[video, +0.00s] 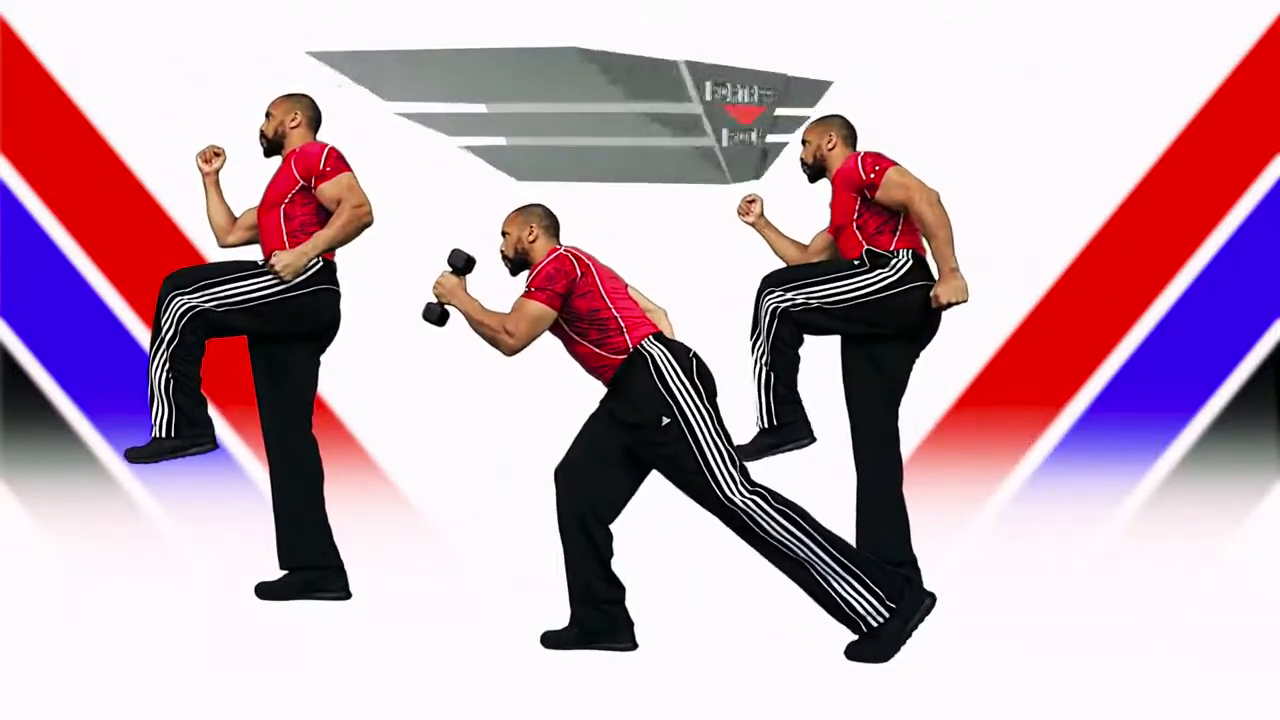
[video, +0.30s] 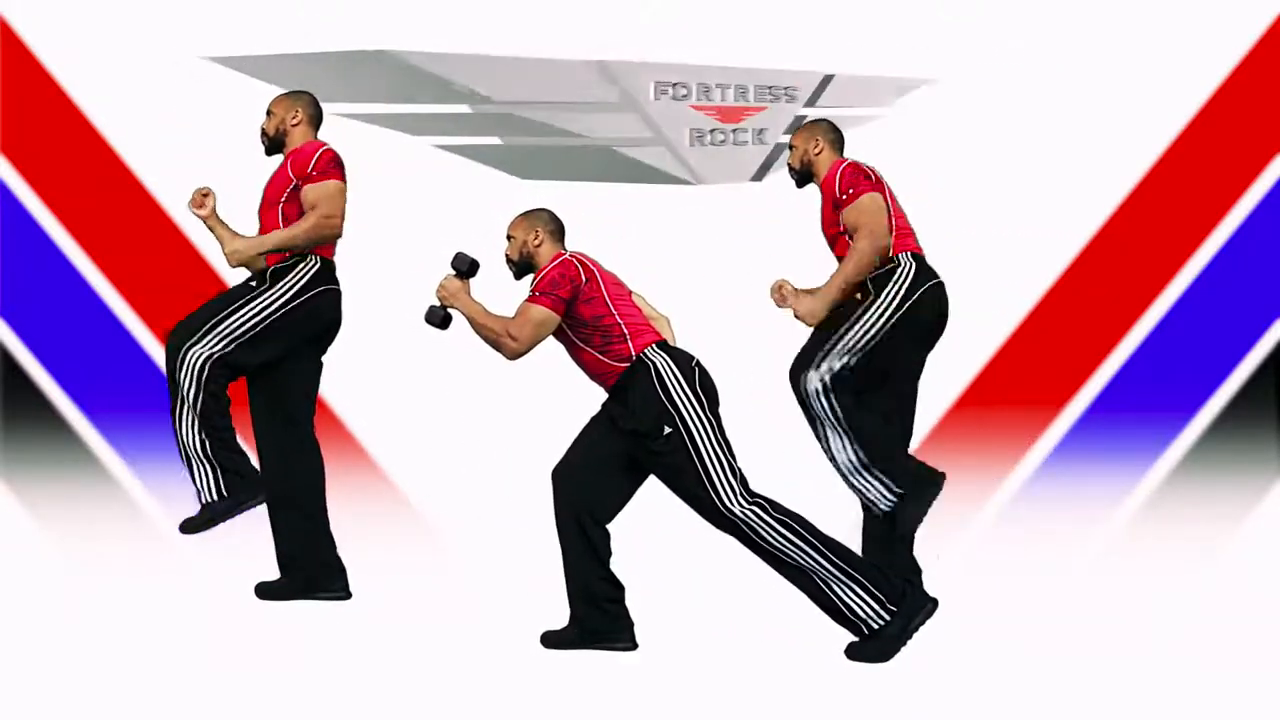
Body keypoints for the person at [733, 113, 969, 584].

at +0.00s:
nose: (800, 153)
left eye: (805, 143)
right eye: (800, 145)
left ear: (830, 140)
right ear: (831, 144)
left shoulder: (859, 165)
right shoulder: (849, 200)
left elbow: (924, 198)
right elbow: (807, 259)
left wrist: (949, 272)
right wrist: (762, 223)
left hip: (897, 277)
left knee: (776, 292)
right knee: (875, 438)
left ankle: (783, 421)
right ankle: (891, 575)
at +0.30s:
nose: (789, 158)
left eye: (793, 147)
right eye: (788, 150)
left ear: (818, 144)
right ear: (822, 147)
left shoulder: (846, 174)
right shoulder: (834, 198)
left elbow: (874, 239)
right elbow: (853, 297)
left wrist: (824, 297)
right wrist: (801, 299)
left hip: (903, 284)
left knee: (814, 375)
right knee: (880, 442)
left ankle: (897, 487)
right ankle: (894, 589)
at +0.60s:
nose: (771, 188)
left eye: (778, 177)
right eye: (770, 181)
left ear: (804, 173)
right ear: (807, 181)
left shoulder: (819, 203)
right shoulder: (844, 208)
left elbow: (765, 271)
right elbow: (919, 239)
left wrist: (725, 233)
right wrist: (936, 311)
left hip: (912, 302)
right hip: (895, 320)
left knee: (985, 420)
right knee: (870, 447)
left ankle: (1131, 520)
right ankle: (897, 589)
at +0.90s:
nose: (768, 199)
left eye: (774, 189)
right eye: (768, 192)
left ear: (802, 186)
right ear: (811, 191)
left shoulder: (818, 218)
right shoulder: (849, 220)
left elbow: (769, 289)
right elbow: (924, 247)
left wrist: (724, 256)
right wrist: (943, 314)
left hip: (921, 309)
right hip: (902, 326)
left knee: (1002, 427)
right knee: (868, 440)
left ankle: (1141, 532)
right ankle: (896, 582)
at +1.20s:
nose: (768, 200)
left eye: (774, 190)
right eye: (768, 192)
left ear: (802, 189)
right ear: (807, 192)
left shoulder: (815, 220)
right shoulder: (845, 221)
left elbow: (768, 293)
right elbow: (923, 249)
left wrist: (722, 259)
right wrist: (941, 315)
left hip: (920, 311)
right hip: (903, 325)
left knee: (1003, 431)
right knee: (865, 437)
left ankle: (1142, 533)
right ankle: (890, 568)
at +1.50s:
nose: (767, 195)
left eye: (773, 186)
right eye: (767, 187)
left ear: (801, 185)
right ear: (805, 189)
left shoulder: (815, 215)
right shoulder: (839, 218)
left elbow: (774, 292)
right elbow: (916, 257)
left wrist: (724, 266)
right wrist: (923, 323)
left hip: (917, 311)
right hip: (898, 327)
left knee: (993, 432)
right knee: (861, 437)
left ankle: (1134, 532)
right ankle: (890, 569)